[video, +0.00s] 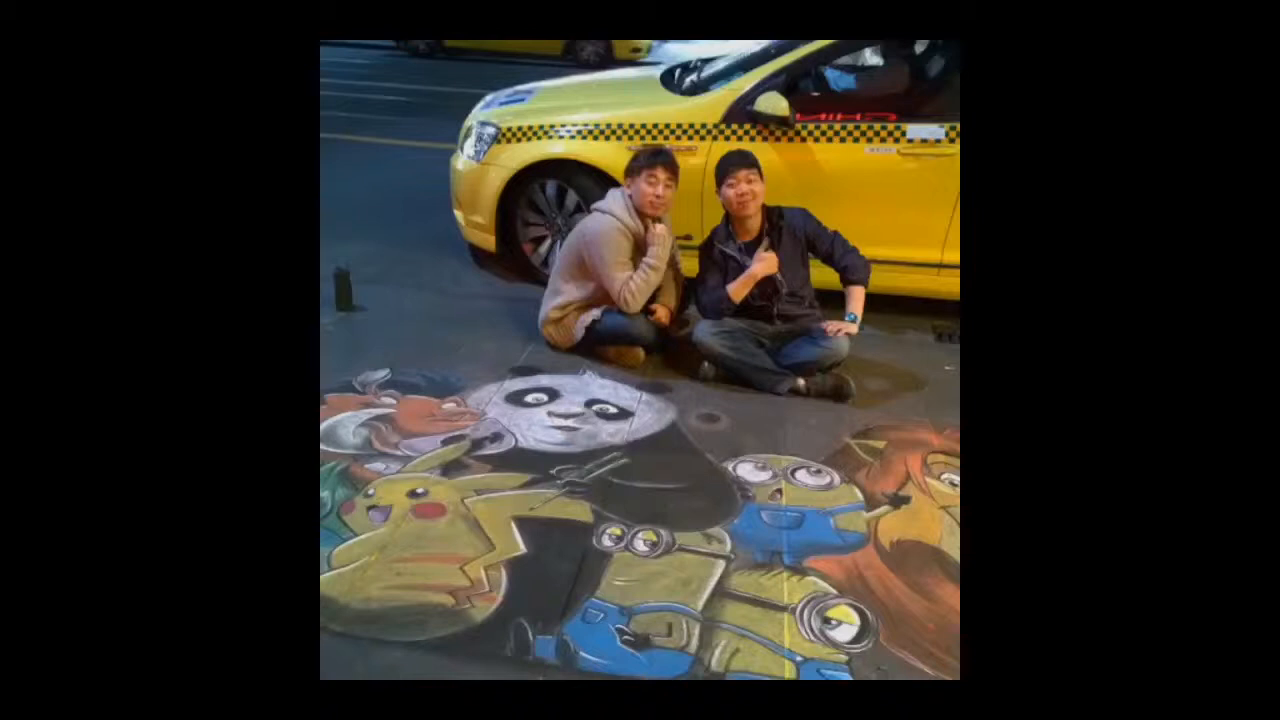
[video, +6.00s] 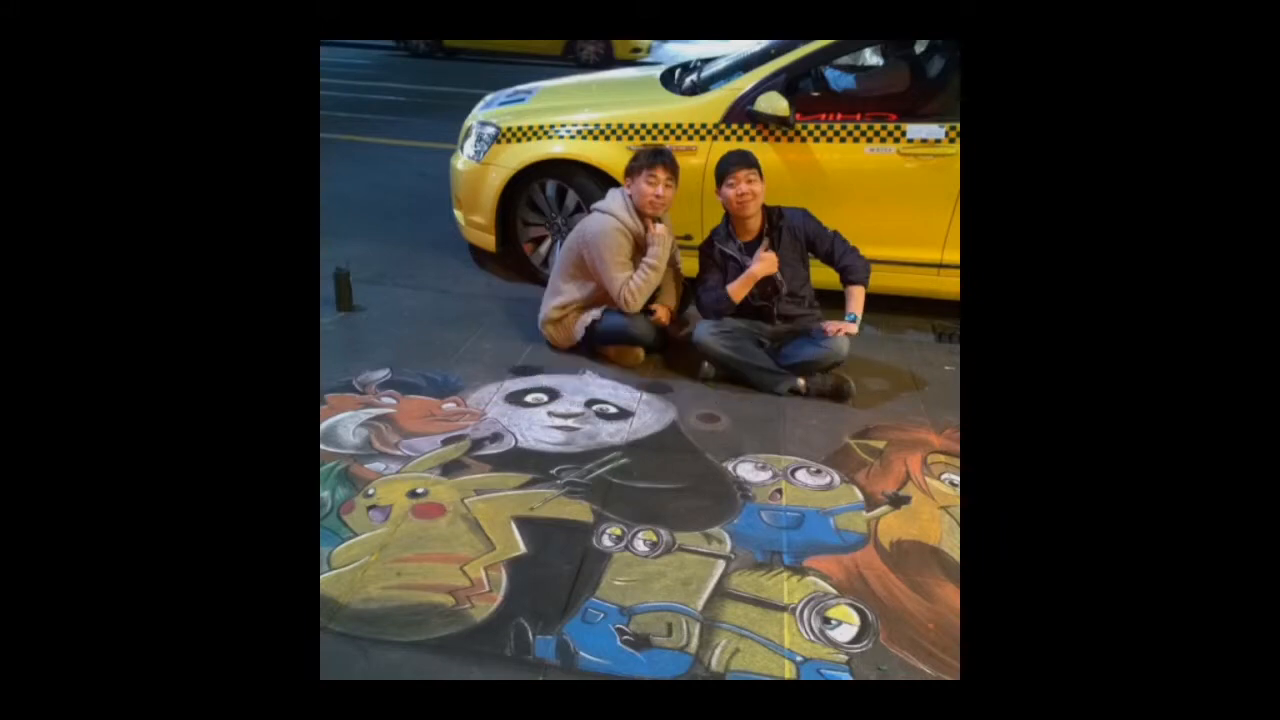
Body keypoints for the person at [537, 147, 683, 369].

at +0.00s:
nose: (660, 193)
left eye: (668, 186)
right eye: (651, 182)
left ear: (674, 193)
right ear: (629, 184)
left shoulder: (656, 222)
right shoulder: (605, 226)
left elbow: (669, 270)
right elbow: (629, 300)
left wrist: (665, 304)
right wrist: (658, 250)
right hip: (566, 319)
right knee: (639, 327)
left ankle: (625, 347)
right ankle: (670, 336)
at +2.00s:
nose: (660, 193)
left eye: (668, 185)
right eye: (651, 183)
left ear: (675, 192)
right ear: (629, 184)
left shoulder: (656, 221)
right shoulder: (604, 228)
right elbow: (628, 300)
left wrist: (662, 306)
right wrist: (658, 252)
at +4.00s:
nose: (659, 191)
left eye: (668, 184)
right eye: (651, 181)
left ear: (675, 190)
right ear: (629, 182)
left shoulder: (656, 224)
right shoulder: (604, 222)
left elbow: (669, 278)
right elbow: (629, 300)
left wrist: (665, 305)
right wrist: (664, 249)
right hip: (566, 319)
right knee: (639, 327)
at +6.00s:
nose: (660, 193)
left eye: (668, 185)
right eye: (651, 182)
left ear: (675, 192)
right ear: (629, 184)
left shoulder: (656, 221)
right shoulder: (605, 227)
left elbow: (670, 269)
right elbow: (629, 300)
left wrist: (665, 304)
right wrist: (658, 250)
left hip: (609, 306)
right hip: (567, 319)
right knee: (638, 328)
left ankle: (631, 346)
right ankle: (669, 336)